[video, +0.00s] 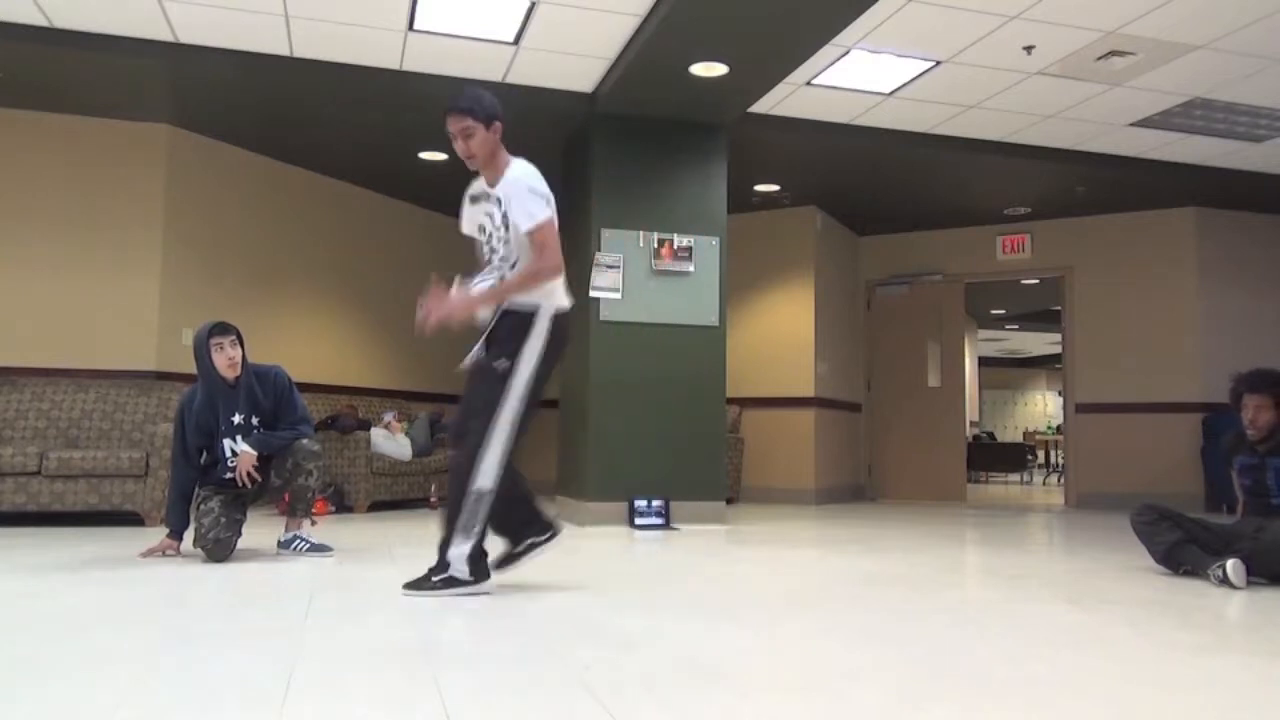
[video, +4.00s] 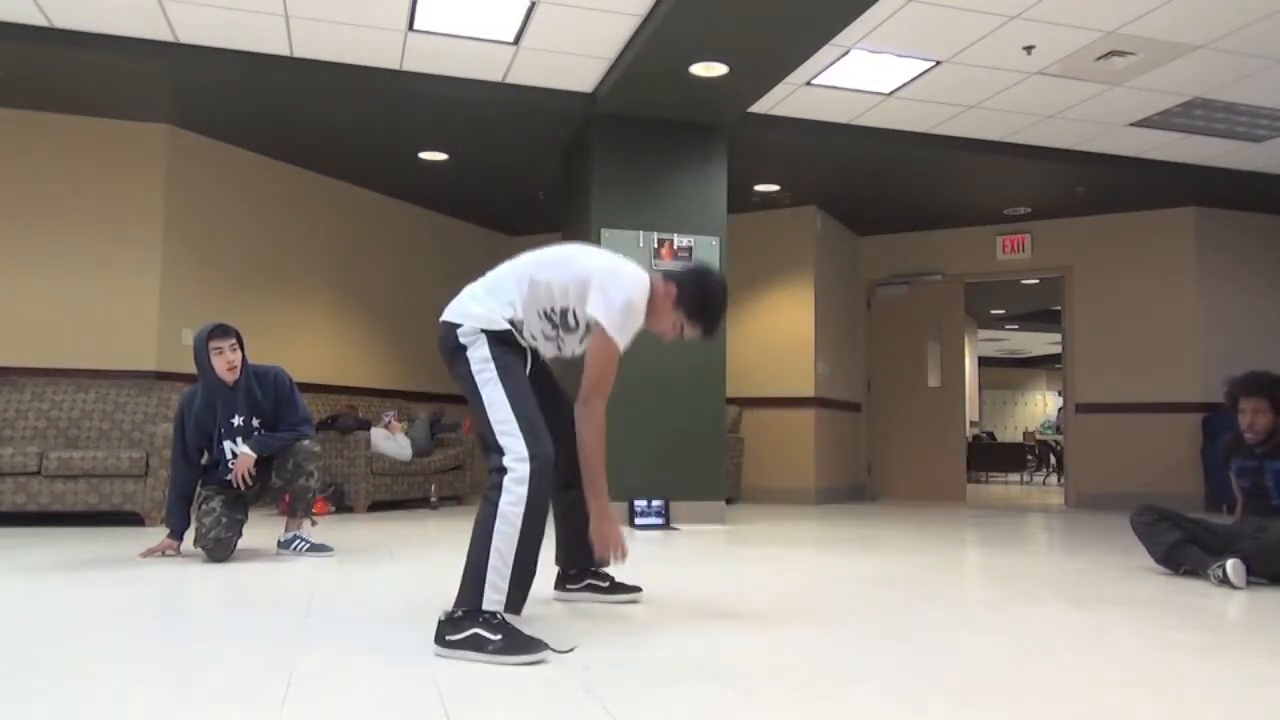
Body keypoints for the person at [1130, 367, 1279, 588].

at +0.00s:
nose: (1250, 417)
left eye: (1261, 409)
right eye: (1246, 408)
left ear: (1277, 412)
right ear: (1238, 411)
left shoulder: (1275, 451)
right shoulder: (1237, 450)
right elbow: (1243, 501)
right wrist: (1237, 532)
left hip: (1271, 536)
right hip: (1240, 534)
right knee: (1144, 514)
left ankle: (1198, 562)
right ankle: (1210, 566)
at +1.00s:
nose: (1251, 420)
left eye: (1261, 411)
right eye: (1245, 411)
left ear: (1277, 414)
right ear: (1237, 414)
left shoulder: (1275, 452)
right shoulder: (1235, 450)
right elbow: (1242, 502)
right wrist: (1236, 533)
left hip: (1271, 535)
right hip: (1240, 533)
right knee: (1145, 514)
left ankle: (1197, 562)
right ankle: (1210, 566)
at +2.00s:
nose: (1248, 421)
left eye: (1258, 413)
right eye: (1243, 412)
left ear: (1276, 415)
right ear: (1235, 414)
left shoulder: (1275, 452)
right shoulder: (1233, 449)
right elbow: (1242, 501)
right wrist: (1236, 532)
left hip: (1270, 536)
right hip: (1239, 533)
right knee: (1144, 514)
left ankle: (1197, 562)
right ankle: (1210, 566)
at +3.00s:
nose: (1249, 421)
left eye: (1260, 413)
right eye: (1244, 412)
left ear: (1277, 416)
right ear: (1236, 415)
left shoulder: (1275, 453)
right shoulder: (1234, 451)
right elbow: (1241, 501)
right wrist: (1236, 531)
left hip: (1271, 537)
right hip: (1240, 534)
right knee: (1145, 514)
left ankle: (1197, 562)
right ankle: (1210, 566)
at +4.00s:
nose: (1249, 422)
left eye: (1259, 413)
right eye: (1243, 413)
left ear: (1276, 416)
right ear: (1235, 415)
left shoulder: (1276, 451)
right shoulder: (1234, 450)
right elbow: (1241, 500)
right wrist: (1236, 530)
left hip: (1271, 536)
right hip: (1239, 533)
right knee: (1144, 515)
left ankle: (1197, 562)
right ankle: (1210, 566)